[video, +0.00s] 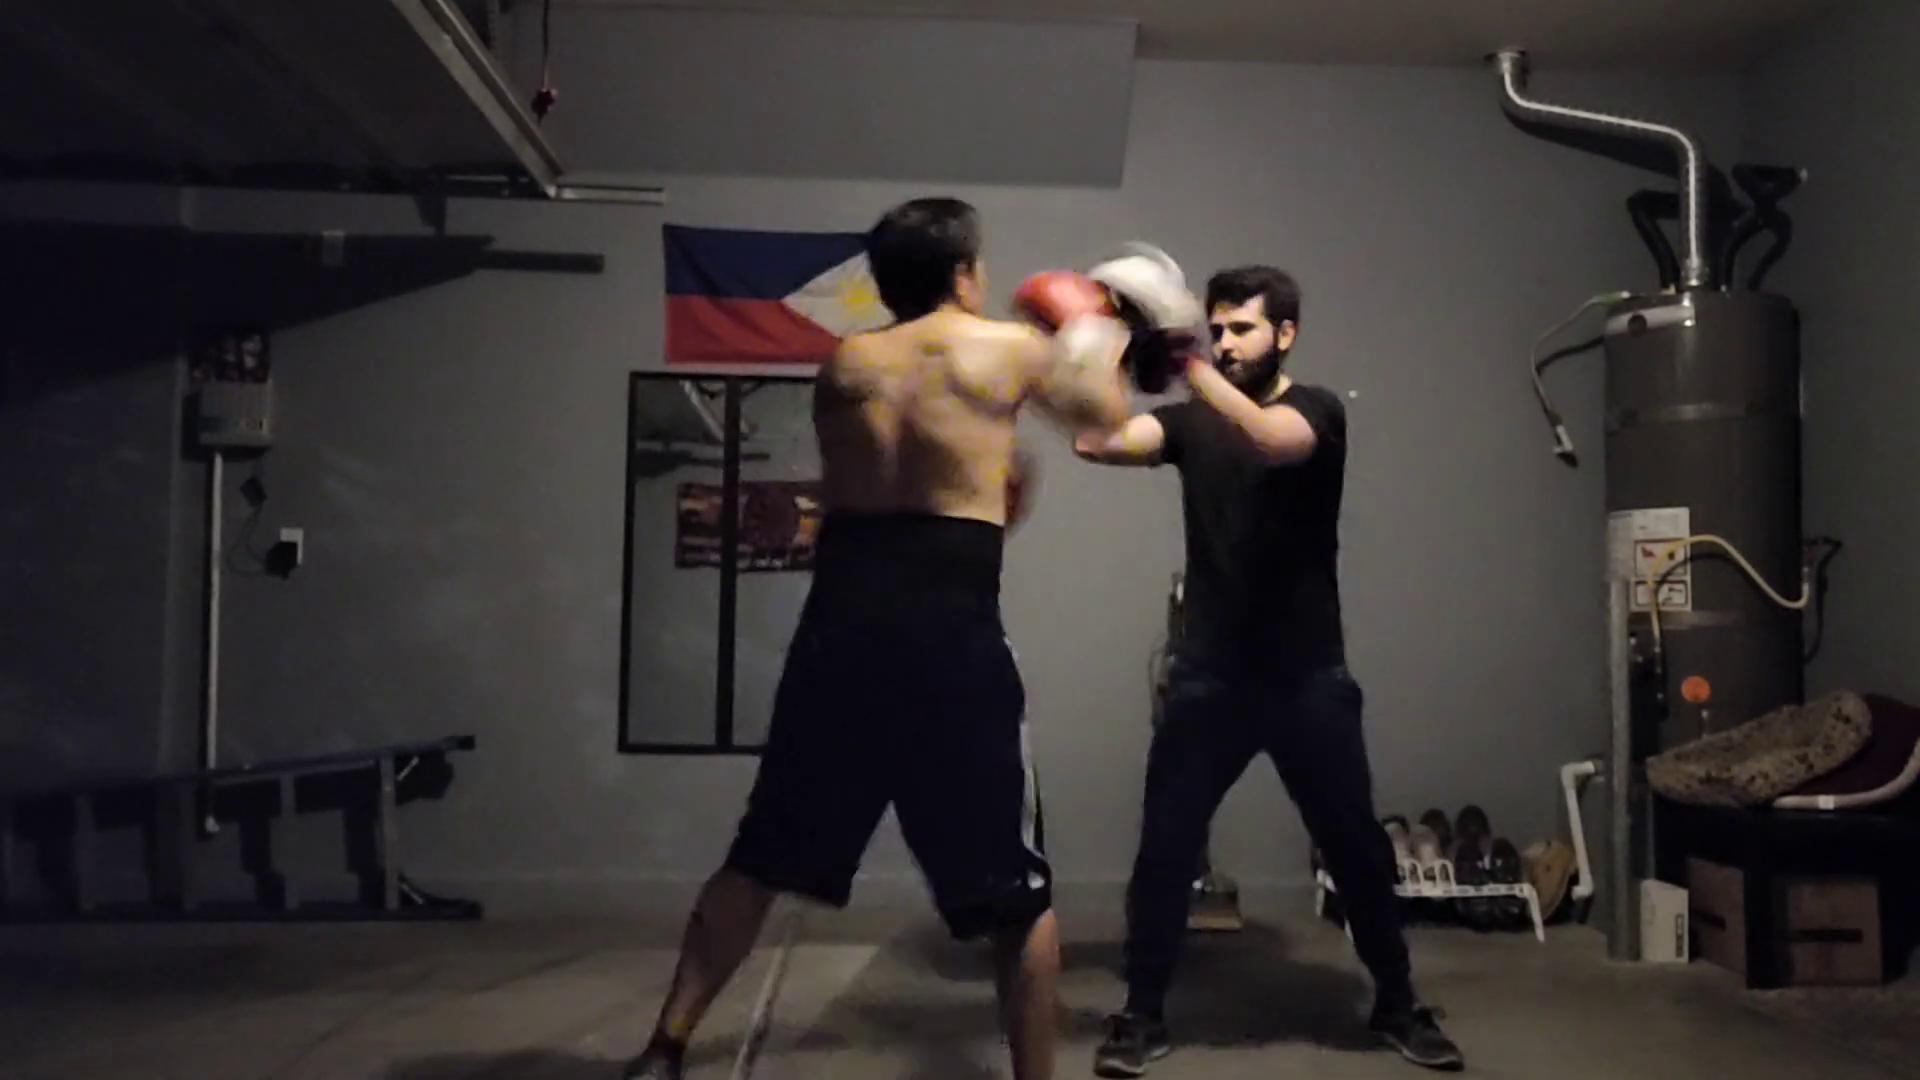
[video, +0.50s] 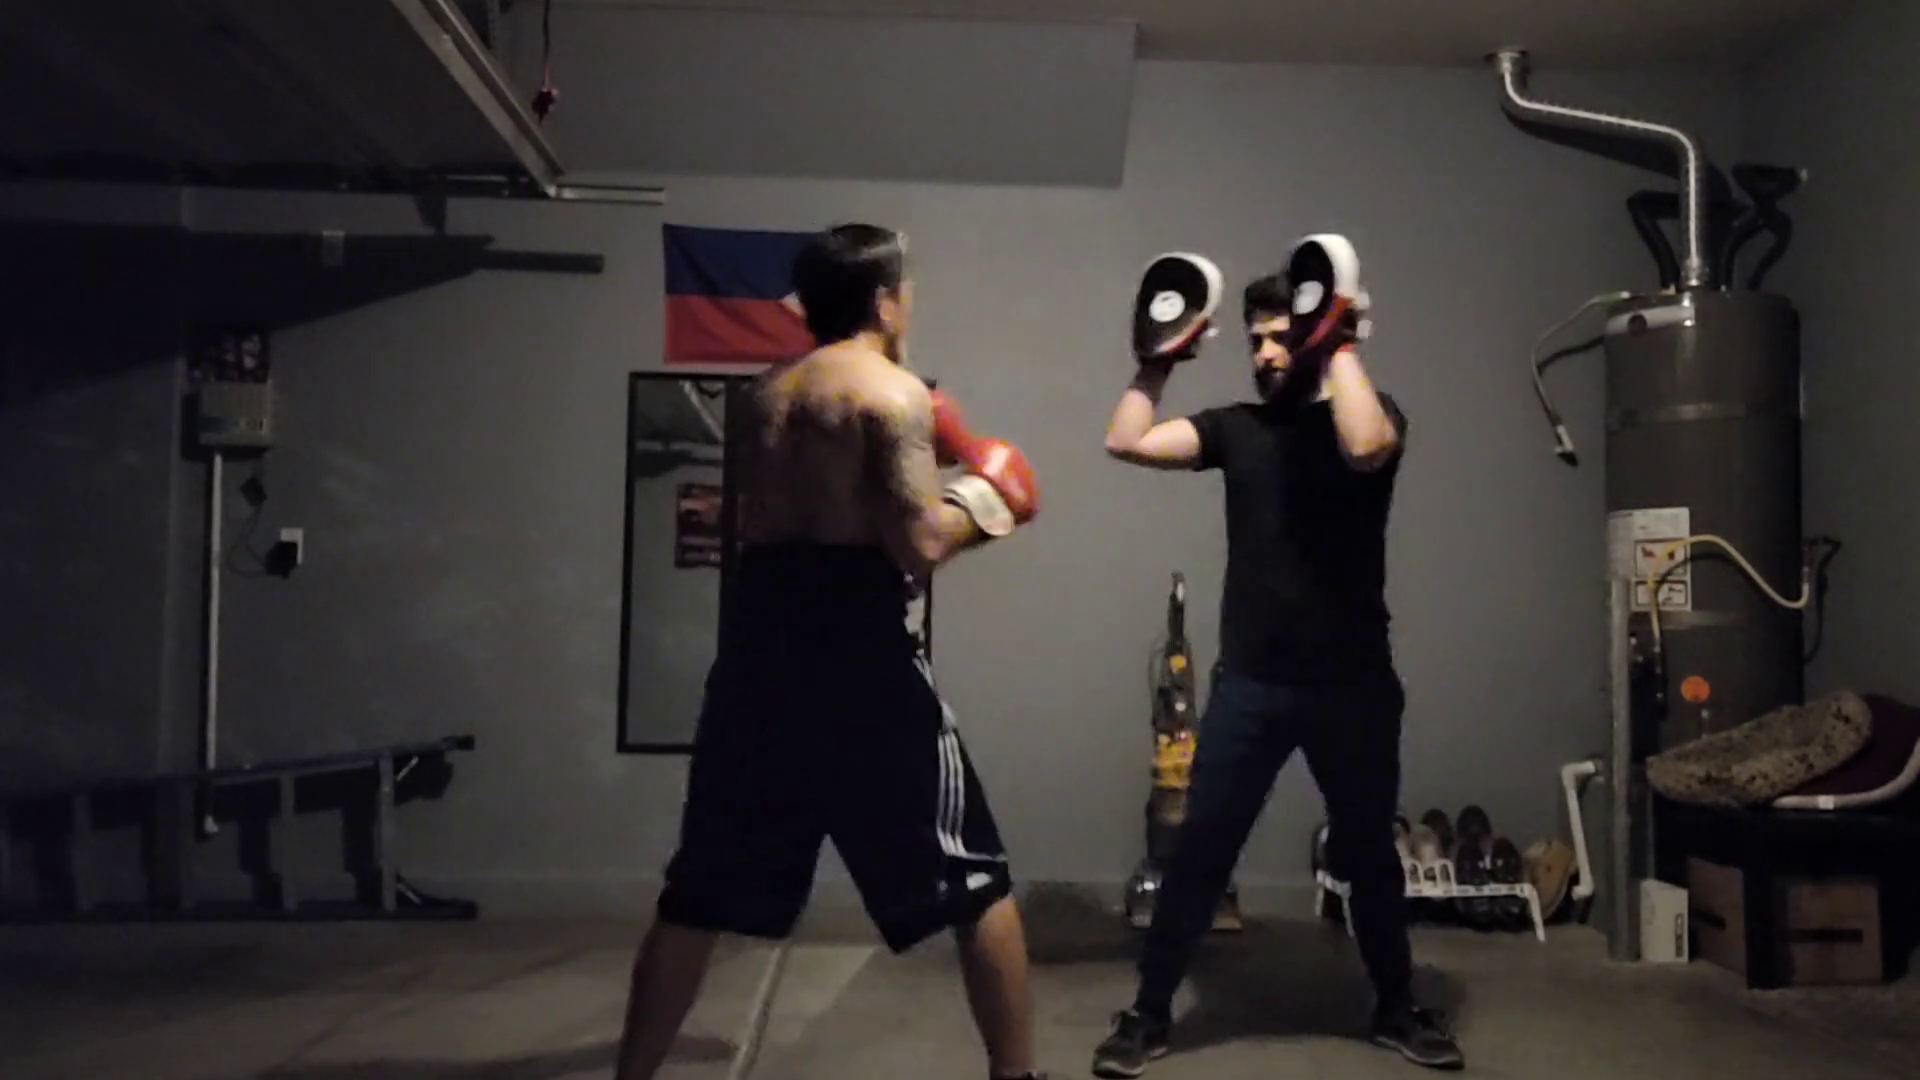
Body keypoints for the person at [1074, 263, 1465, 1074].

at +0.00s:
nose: (1226, 345)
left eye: (1242, 330)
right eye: (1217, 332)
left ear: (1285, 334)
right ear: (1206, 339)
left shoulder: (1319, 409)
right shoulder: (1192, 414)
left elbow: (1271, 436)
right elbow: (1105, 437)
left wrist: (1193, 365)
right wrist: (1083, 358)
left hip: (1305, 678)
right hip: (1207, 678)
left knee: (1355, 845)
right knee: (1166, 845)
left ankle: (1397, 1005)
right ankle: (1142, 1012)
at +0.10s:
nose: (1220, 332)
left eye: (1236, 318)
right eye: (1212, 319)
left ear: (1273, 329)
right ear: (1197, 330)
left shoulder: (1310, 413)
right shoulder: (1183, 418)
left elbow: (1275, 464)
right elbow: (1089, 432)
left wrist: (1253, 372)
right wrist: (1102, 352)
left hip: (1304, 669)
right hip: (1207, 670)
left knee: (1352, 837)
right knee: (1168, 830)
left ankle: (1399, 1001)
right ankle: (1143, 1009)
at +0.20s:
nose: (1209, 352)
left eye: (1226, 335)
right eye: (1200, 338)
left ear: (1270, 338)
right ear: (1194, 345)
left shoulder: (1303, 409)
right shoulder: (1190, 418)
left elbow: (1257, 452)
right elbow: (1113, 465)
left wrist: (1201, 381)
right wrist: (1106, 400)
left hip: (1303, 670)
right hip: (1207, 672)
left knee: (1353, 839)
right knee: (1167, 833)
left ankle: (1397, 1000)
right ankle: (1141, 1008)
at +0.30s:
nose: (1219, 359)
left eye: (1234, 342)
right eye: (1210, 347)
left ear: (1280, 342)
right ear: (1203, 355)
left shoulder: (1318, 410)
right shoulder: (1202, 434)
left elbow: (1277, 430)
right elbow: (1116, 455)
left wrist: (1201, 358)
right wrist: (1108, 376)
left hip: (1316, 680)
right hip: (1218, 680)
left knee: (1356, 846)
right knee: (1166, 843)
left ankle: (1398, 1005)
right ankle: (1140, 1010)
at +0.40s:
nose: (1256, 346)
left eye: (1271, 330)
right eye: (1245, 333)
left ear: (1303, 338)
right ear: (1233, 348)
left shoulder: (1347, 416)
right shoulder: (1217, 435)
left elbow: (1335, 442)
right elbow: (1111, 448)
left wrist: (1283, 354)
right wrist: (1133, 373)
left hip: (1332, 682)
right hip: (1234, 683)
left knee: (1362, 848)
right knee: (1179, 830)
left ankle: (1398, 1007)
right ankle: (1144, 1010)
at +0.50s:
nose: (1264, 354)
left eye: (1279, 339)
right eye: (1255, 340)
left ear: (1320, 341)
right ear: (1248, 350)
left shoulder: (1374, 415)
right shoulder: (1236, 427)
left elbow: (1366, 445)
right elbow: (1127, 440)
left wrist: (1339, 346)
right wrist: (1157, 359)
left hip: (1350, 679)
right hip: (1251, 677)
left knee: (1370, 853)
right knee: (1201, 845)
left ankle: (1396, 1009)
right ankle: (1149, 1012)